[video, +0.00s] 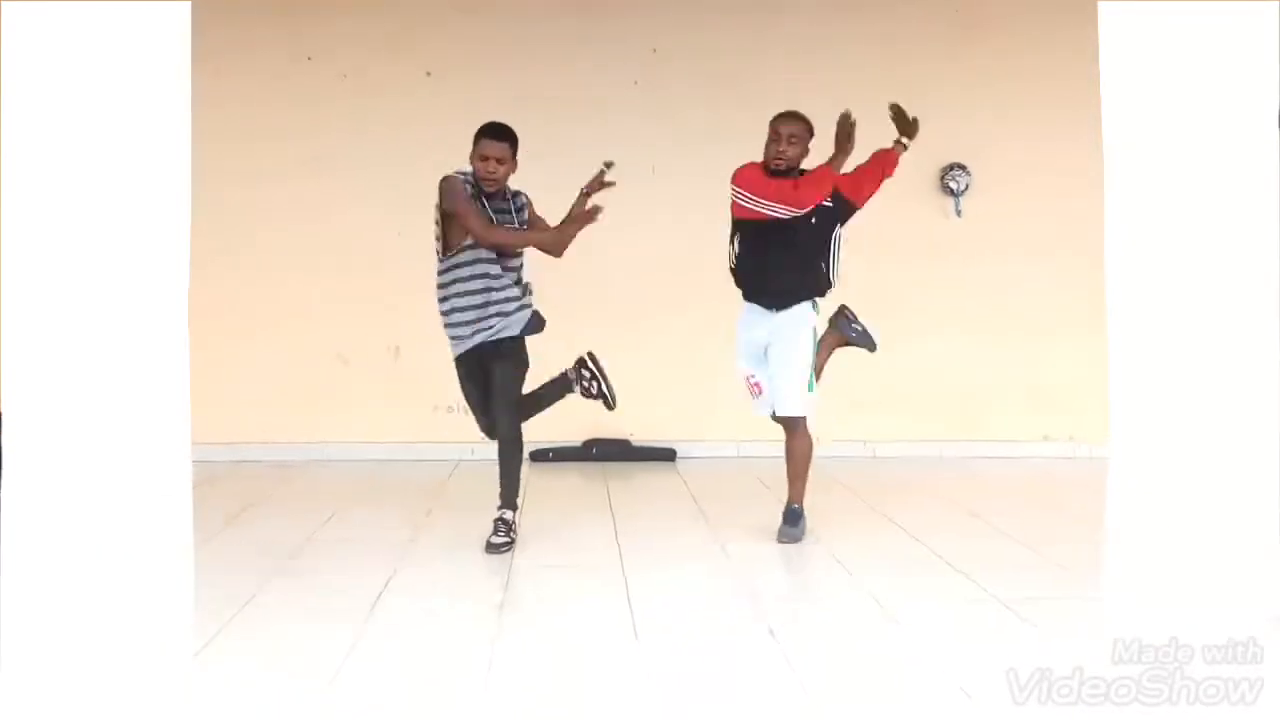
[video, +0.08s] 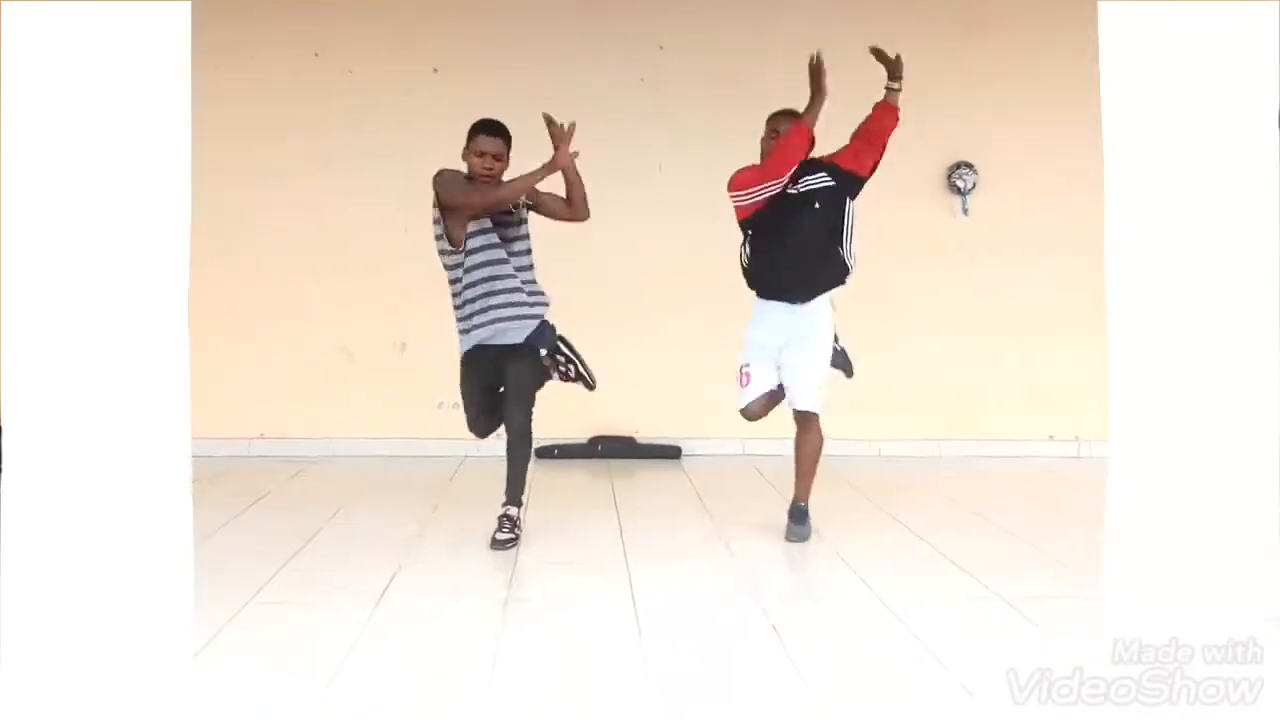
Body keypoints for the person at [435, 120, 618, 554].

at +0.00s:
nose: (491, 168)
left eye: (500, 161)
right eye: (483, 159)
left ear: (513, 164)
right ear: (472, 158)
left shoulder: (519, 205)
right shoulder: (454, 187)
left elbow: (556, 245)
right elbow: (484, 234)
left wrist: (582, 202)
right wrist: (543, 236)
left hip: (506, 325)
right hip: (463, 332)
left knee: (506, 419)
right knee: (491, 425)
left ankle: (506, 512)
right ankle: (572, 379)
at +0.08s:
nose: (488, 164)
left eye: (497, 157)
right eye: (481, 155)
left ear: (507, 161)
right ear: (465, 154)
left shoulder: (517, 193)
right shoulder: (446, 182)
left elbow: (577, 211)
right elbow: (486, 199)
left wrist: (566, 163)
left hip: (526, 325)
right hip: (476, 332)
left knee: (518, 414)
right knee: (480, 424)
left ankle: (512, 508)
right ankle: (544, 363)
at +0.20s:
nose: (483, 160)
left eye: (493, 153)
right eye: (477, 151)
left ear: (508, 157)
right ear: (466, 152)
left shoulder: (526, 183)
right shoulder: (453, 197)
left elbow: (529, 231)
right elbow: (442, 254)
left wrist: (509, 209)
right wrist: (413, 246)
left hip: (536, 322)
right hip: (487, 321)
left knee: (526, 418)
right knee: (441, 400)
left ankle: (519, 507)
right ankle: (487, 446)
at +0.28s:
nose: (484, 160)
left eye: (493, 153)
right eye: (477, 151)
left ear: (508, 156)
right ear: (466, 152)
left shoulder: (523, 192)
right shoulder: (453, 202)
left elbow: (515, 255)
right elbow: (439, 265)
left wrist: (481, 307)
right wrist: (412, 330)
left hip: (533, 320)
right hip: (485, 317)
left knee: (521, 413)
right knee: (445, 399)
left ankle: (518, 504)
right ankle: (437, 492)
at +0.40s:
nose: (473, 165)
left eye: (483, 156)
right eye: (466, 156)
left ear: (502, 158)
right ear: (458, 156)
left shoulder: (514, 202)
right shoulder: (462, 189)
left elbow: (513, 269)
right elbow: (472, 239)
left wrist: (460, 241)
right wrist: (442, 232)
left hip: (500, 337)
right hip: (449, 331)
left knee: (502, 420)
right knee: (420, 410)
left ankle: (512, 505)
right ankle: (424, 503)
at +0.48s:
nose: (473, 167)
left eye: (483, 158)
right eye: (467, 159)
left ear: (503, 160)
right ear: (460, 162)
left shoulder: (517, 201)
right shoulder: (459, 195)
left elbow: (512, 269)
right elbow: (446, 183)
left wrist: (477, 224)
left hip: (487, 334)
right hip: (436, 329)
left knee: (489, 419)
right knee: (409, 415)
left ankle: (506, 509)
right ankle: (420, 505)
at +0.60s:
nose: (474, 163)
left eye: (483, 157)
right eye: (467, 156)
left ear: (498, 164)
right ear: (458, 160)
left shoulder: (511, 206)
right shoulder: (438, 186)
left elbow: (526, 270)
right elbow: (377, 188)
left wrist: (507, 286)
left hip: (476, 336)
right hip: (423, 332)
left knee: (481, 422)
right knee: (399, 419)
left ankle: (497, 512)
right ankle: (410, 509)